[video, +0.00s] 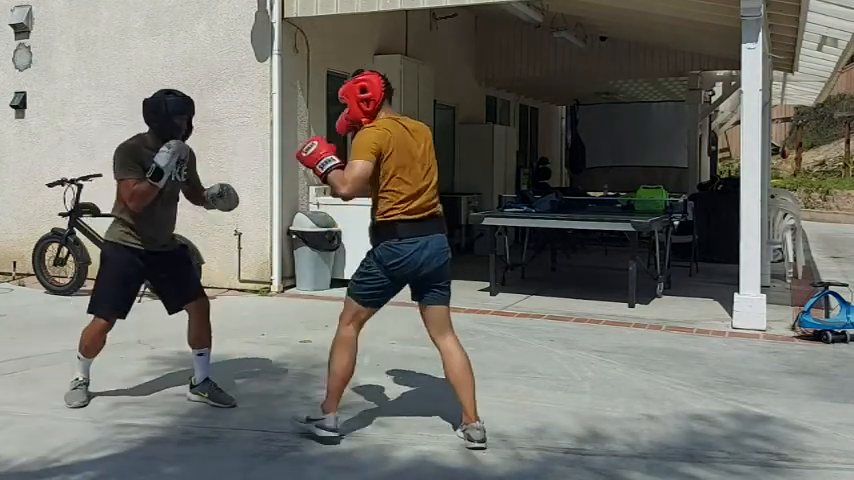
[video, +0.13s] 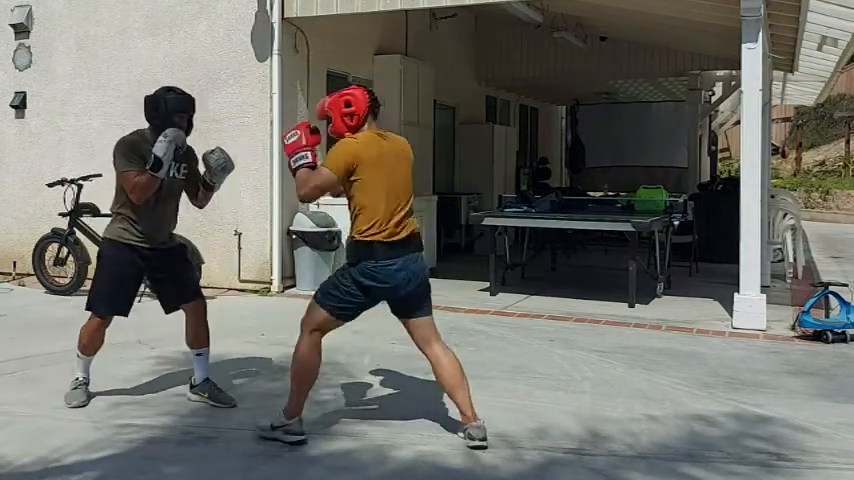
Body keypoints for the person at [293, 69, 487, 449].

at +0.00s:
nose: (347, 112)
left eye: (348, 105)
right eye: (346, 105)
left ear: (363, 104)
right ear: (385, 101)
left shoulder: (371, 134)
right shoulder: (421, 129)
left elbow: (347, 187)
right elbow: (379, 180)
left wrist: (324, 163)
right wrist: (354, 141)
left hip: (395, 246)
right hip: (436, 242)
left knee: (349, 324)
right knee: (445, 334)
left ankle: (329, 416)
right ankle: (472, 422)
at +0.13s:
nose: (334, 126)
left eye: (334, 120)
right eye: (333, 120)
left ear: (347, 116)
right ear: (371, 113)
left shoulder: (350, 147)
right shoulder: (402, 145)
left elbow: (306, 190)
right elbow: (353, 190)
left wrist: (302, 152)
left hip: (369, 266)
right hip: (412, 261)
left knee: (312, 328)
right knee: (432, 343)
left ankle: (291, 419)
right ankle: (472, 422)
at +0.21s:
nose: (313, 123)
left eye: (315, 117)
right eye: (314, 116)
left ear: (328, 117)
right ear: (355, 117)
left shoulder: (324, 146)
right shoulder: (386, 147)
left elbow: (269, 178)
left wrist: (283, 150)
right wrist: (306, 147)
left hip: (346, 265)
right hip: (391, 260)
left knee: (289, 326)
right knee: (421, 338)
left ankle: (265, 411)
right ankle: (470, 416)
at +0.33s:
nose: (273, 129)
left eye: (277, 124)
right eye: (321, 124)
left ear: (283, 126)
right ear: (318, 126)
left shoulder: (267, 153)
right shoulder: (344, 159)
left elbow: (214, 149)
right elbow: (357, 199)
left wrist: (188, 132)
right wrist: (328, 167)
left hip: (297, 274)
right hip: (346, 269)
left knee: (254, 340)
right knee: (384, 329)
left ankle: (223, 420)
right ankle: (413, 408)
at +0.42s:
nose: (256, 130)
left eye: (259, 125)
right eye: (258, 126)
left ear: (265, 127)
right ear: (299, 127)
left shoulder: (244, 154)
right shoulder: (322, 163)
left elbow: (188, 163)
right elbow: (338, 210)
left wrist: (206, 141)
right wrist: (314, 183)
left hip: (262, 277)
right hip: (311, 277)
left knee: (223, 331)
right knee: (355, 342)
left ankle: (202, 408)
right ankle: (368, 429)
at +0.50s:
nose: (247, 130)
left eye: (250, 125)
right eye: (294, 127)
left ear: (255, 128)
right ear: (290, 129)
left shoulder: (231, 152)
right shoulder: (309, 169)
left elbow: (175, 154)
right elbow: (318, 219)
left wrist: (173, 138)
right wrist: (297, 191)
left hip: (234, 276)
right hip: (283, 278)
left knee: (208, 337)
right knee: (334, 344)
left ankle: (165, 413)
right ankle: (368, 425)